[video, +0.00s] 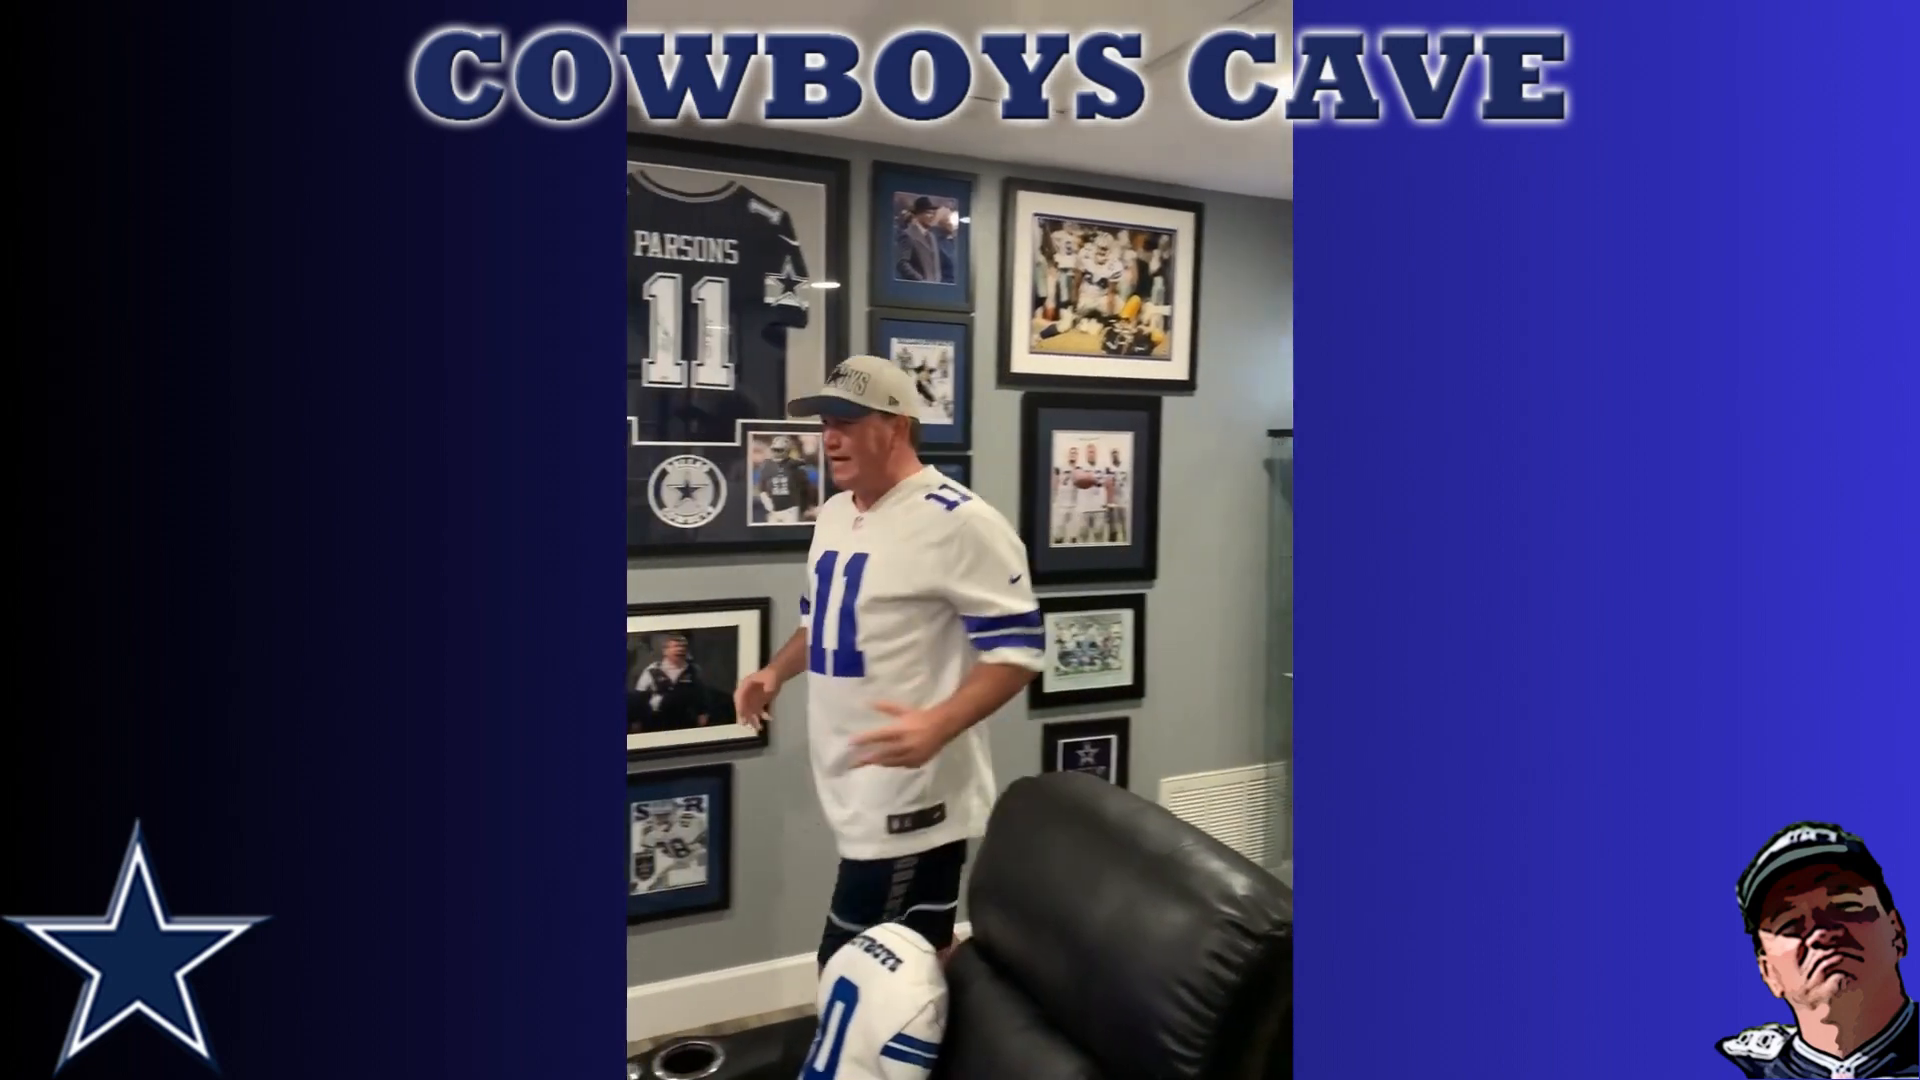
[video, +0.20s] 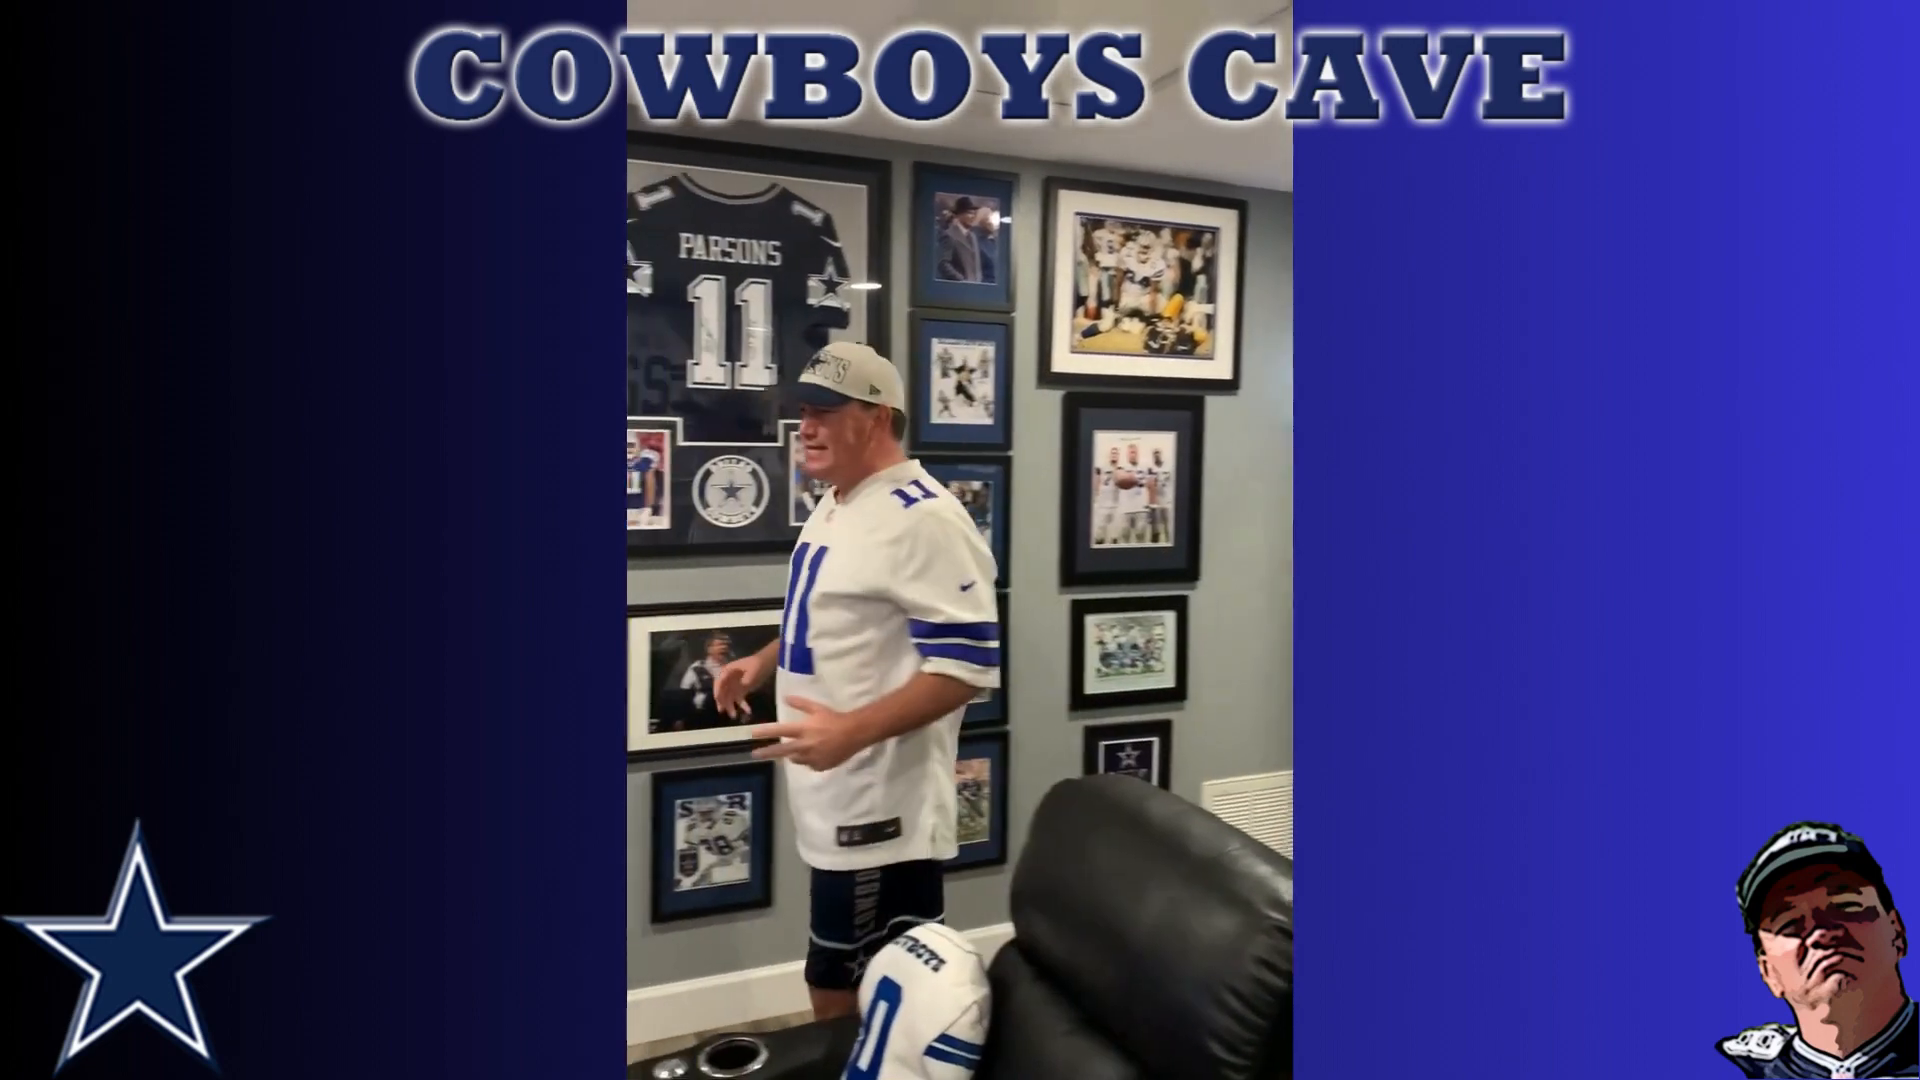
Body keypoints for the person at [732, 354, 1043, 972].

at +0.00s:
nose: (830, 440)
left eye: (846, 423)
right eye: (826, 425)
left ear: (895, 427)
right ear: (823, 433)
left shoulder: (962, 522)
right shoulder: (836, 515)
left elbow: (1019, 652)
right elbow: (824, 621)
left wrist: (940, 725)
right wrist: (775, 673)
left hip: (916, 812)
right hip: (861, 807)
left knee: (848, 979)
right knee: (926, 969)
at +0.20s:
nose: (806, 427)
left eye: (825, 411)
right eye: (803, 412)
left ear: (876, 418)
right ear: (801, 419)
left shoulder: (927, 517)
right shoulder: (836, 504)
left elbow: (965, 668)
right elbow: (826, 620)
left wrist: (853, 730)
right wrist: (760, 665)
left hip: (880, 811)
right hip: (836, 804)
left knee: (838, 999)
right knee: (879, 996)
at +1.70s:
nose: (894, 408)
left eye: (913, 390)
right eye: (878, 394)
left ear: (950, 405)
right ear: (864, 409)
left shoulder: (996, 509)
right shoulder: (860, 497)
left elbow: (1049, 639)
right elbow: (837, 602)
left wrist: (954, 680)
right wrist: (770, 632)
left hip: (936, 801)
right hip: (848, 790)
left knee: (929, 995)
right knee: (822, 946)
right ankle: (822, 1070)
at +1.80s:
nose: (917, 407)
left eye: (933, 390)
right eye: (900, 392)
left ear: (959, 405)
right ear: (877, 411)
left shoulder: (1009, 505)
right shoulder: (850, 498)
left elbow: (1079, 622)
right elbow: (817, 590)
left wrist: (1026, 650)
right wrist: (757, 624)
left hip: (957, 794)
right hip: (862, 786)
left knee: (956, 988)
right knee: (859, 950)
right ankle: (853, 1071)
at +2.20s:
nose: (955, 391)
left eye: (962, 375)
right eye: (932, 378)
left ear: (976, 388)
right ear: (896, 399)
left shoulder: (1030, 482)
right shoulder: (852, 492)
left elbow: (1089, 552)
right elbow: (799, 573)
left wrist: (1119, 578)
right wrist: (782, 597)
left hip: (1004, 746)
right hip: (893, 748)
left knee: (1028, 916)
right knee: (890, 907)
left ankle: (1049, 1071)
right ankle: (895, 1059)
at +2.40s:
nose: (951, 385)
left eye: (963, 377)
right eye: (936, 377)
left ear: (982, 398)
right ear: (908, 397)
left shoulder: (1030, 481)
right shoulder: (866, 486)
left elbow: (1096, 571)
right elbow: (816, 581)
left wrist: (1162, 592)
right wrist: (769, 599)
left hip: (1016, 740)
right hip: (907, 744)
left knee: (1034, 908)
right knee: (896, 907)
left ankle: (1049, 1067)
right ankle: (896, 1059)